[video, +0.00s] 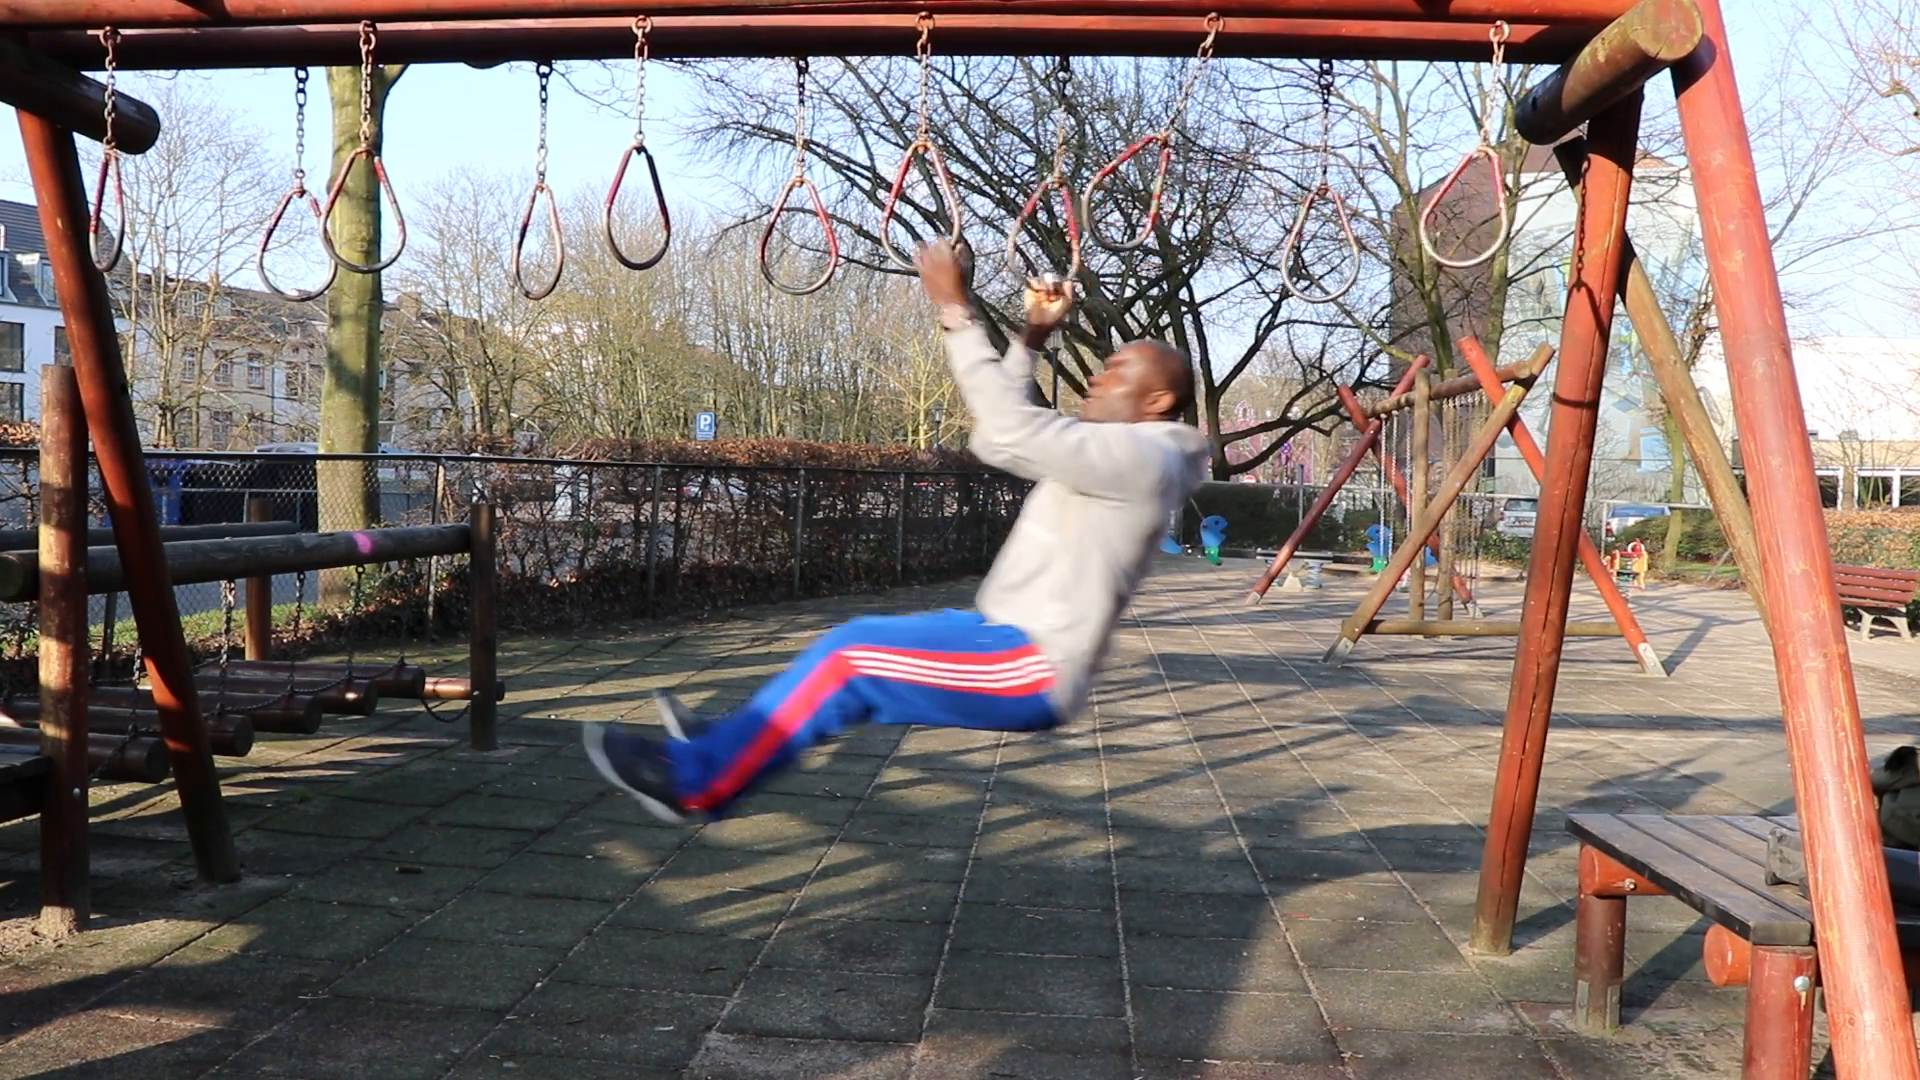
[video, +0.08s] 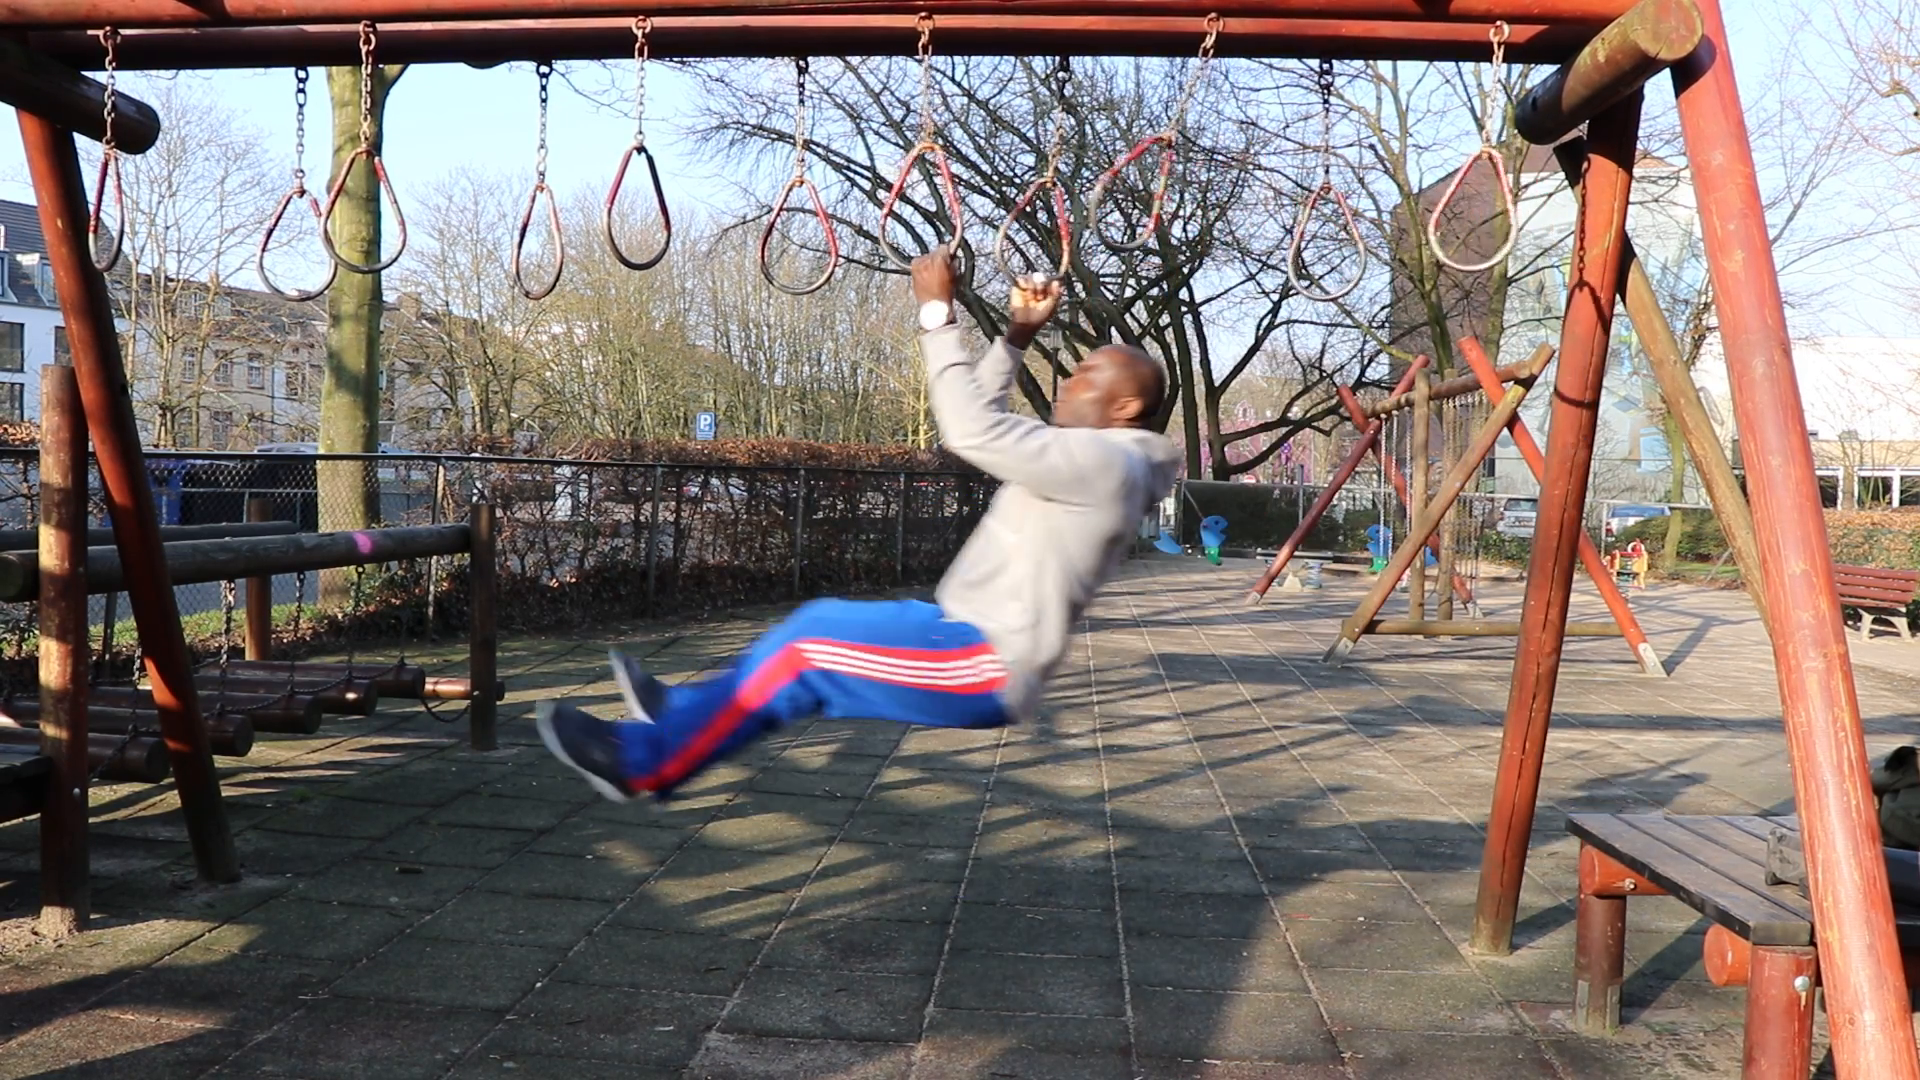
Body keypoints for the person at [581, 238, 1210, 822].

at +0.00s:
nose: (1098, 379)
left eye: (1115, 371)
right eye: (1103, 369)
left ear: (1156, 401)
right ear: (1133, 398)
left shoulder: (1145, 458)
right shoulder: (1116, 452)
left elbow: (1008, 432)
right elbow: (1014, 432)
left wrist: (955, 308)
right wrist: (1030, 340)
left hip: (1037, 665)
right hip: (1011, 637)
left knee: (854, 657)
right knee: (854, 640)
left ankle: (701, 783)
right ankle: (720, 745)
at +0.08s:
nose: (1070, 377)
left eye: (1087, 370)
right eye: (1079, 366)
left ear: (1124, 404)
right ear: (1113, 406)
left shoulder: (1106, 464)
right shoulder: (1089, 456)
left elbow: (970, 430)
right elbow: (991, 427)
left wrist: (940, 312)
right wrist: (1015, 338)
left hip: (989, 661)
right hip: (969, 634)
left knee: (808, 650)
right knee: (812, 624)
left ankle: (645, 765)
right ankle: (676, 717)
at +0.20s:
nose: (1025, 379)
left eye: (1042, 372)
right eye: (1032, 368)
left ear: (1083, 402)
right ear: (1072, 398)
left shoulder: (1046, 455)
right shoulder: (1054, 453)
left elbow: (913, 427)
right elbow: (953, 422)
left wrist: (910, 317)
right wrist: (995, 334)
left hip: (919, 642)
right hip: (914, 615)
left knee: (736, 624)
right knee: (764, 585)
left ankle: (580, 733)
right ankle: (624, 662)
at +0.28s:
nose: (997, 367)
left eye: (1015, 360)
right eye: (1004, 356)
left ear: (1052, 385)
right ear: (1044, 382)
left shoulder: (1013, 439)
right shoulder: (1032, 441)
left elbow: (881, 422)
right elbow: (925, 420)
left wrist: (895, 317)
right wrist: (973, 331)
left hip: (883, 620)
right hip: (884, 597)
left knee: (697, 601)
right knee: (744, 549)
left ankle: (541, 708)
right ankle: (607, 621)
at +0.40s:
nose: (960, 346)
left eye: (975, 338)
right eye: (970, 336)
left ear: (1009, 360)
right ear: (1019, 371)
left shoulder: (978, 427)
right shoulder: (993, 431)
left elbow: (849, 419)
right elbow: (869, 424)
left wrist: (863, 314)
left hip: (836, 604)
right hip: (843, 579)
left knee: (655, 569)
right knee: (717, 512)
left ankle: (475, 648)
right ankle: (573, 583)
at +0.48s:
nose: (942, 346)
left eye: (961, 339)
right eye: (950, 336)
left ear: (995, 368)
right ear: (996, 373)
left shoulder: (958, 426)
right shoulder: (972, 433)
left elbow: (828, 414)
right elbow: (847, 415)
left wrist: (859, 311)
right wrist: (818, 319)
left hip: (808, 603)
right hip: (820, 585)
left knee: (633, 549)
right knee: (696, 507)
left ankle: (436, 607)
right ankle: (534, 565)